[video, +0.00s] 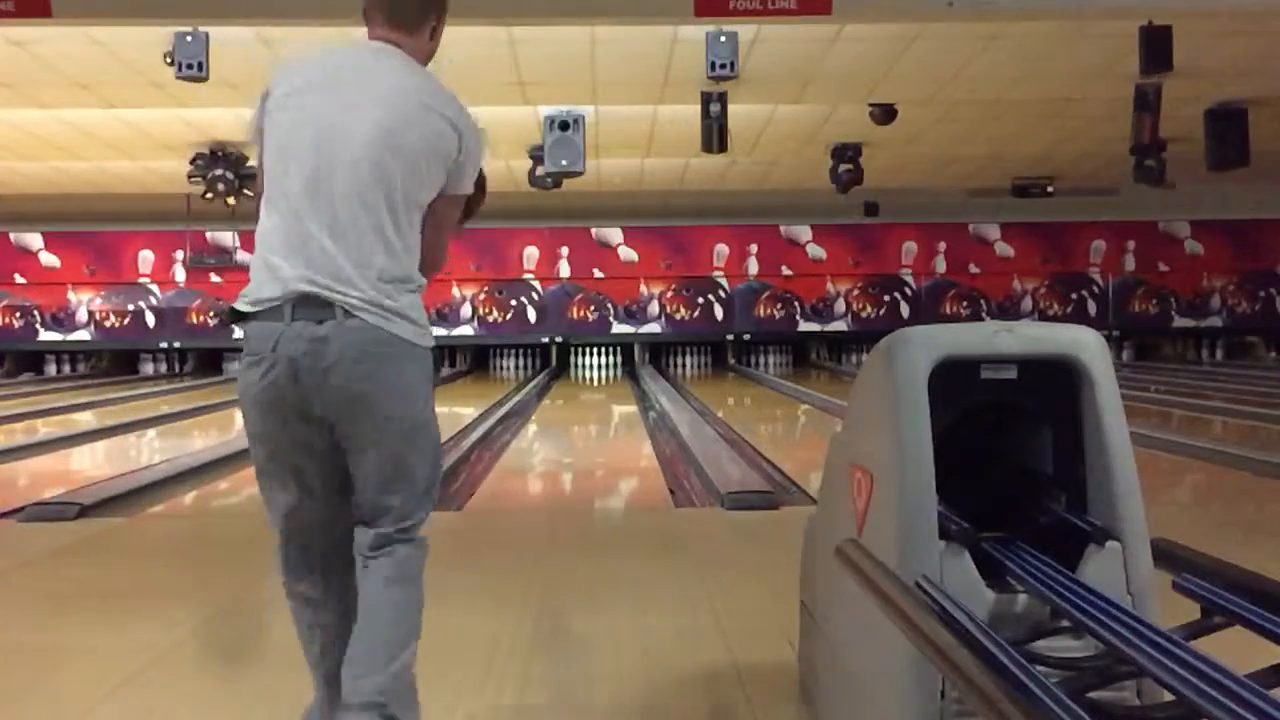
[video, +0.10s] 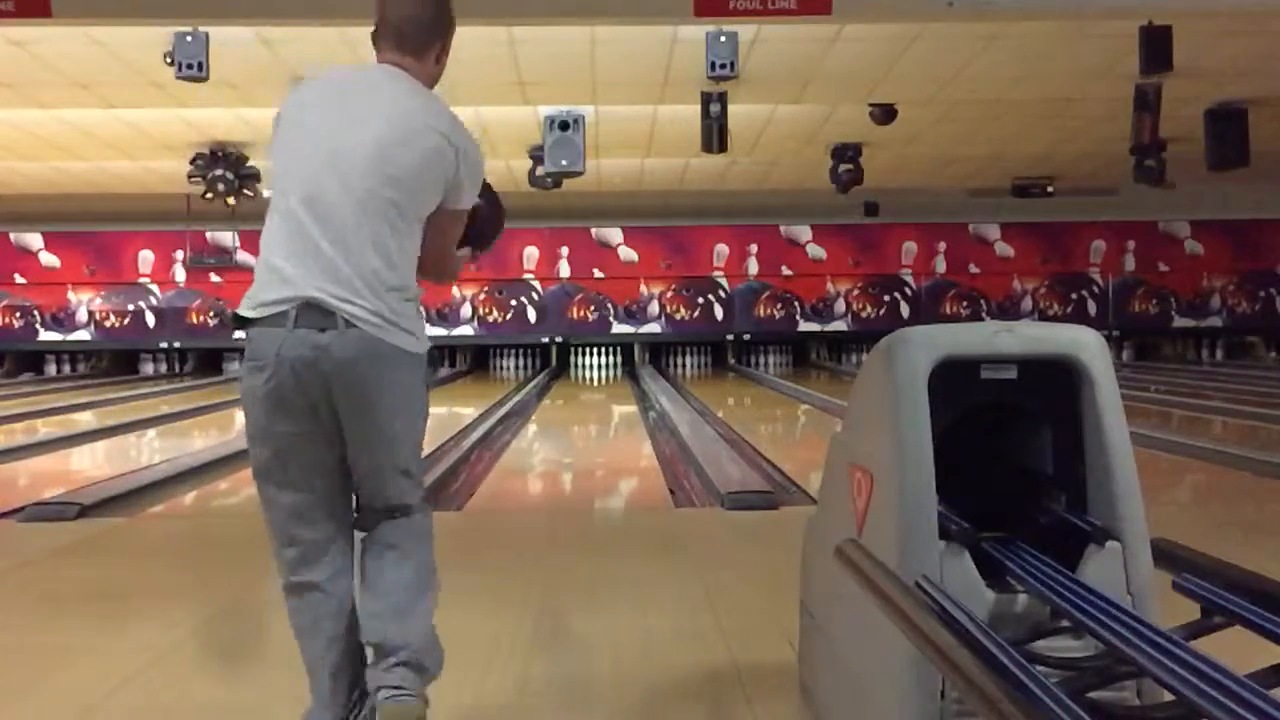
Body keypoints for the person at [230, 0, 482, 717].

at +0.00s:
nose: (437, 43)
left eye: (433, 30)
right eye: (438, 31)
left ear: (365, 18)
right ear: (433, 30)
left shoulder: (285, 83)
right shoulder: (449, 116)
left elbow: (270, 196)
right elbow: (428, 259)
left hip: (268, 343)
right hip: (376, 349)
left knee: (308, 545)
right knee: (389, 535)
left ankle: (334, 706)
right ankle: (371, 708)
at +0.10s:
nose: (444, 63)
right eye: (447, 53)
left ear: (373, 37)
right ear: (441, 52)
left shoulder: (302, 97)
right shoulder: (453, 137)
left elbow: (299, 196)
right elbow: (437, 266)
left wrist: (426, 226)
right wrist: (459, 241)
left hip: (272, 341)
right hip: (378, 346)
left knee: (308, 544)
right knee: (393, 510)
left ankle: (333, 710)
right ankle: (397, 678)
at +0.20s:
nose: (449, 92)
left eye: (446, 82)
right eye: (452, 81)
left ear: (382, 66)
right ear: (447, 79)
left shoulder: (314, 122)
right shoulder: (448, 155)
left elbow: (312, 219)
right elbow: (452, 273)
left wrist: (426, 256)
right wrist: (478, 300)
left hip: (274, 350)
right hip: (375, 354)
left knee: (316, 542)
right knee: (398, 520)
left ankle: (339, 710)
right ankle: (413, 695)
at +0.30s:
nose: (457, 119)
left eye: (455, 109)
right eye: (461, 110)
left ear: (394, 96)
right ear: (455, 107)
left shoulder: (331, 150)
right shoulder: (454, 180)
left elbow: (339, 250)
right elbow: (476, 296)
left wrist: (420, 299)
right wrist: (481, 355)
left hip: (279, 359)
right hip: (373, 366)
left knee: (325, 540)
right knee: (400, 516)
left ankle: (339, 706)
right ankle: (401, 666)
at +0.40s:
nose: (469, 142)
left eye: (469, 132)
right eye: (474, 132)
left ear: (411, 118)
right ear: (470, 130)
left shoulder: (354, 171)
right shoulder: (462, 195)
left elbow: (360, 277)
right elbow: (481, 314)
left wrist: (434, 344)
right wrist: (482, 402)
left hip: (291, 364)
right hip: (377, 370)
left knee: (330, 514)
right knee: (400, 516)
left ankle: (322, 652)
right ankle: (399, 670)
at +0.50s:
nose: (486, 157)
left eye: (486, 148)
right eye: (488, 147)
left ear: (428, 135)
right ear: (481, 144)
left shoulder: (374, 184)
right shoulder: (468, 198)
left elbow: (367, 289)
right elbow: (477, 325)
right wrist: (468, 429)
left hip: (302, 359)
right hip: (377, 368)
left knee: (339, 497)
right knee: (401, 517)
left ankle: (330, 626)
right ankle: (398, 665)